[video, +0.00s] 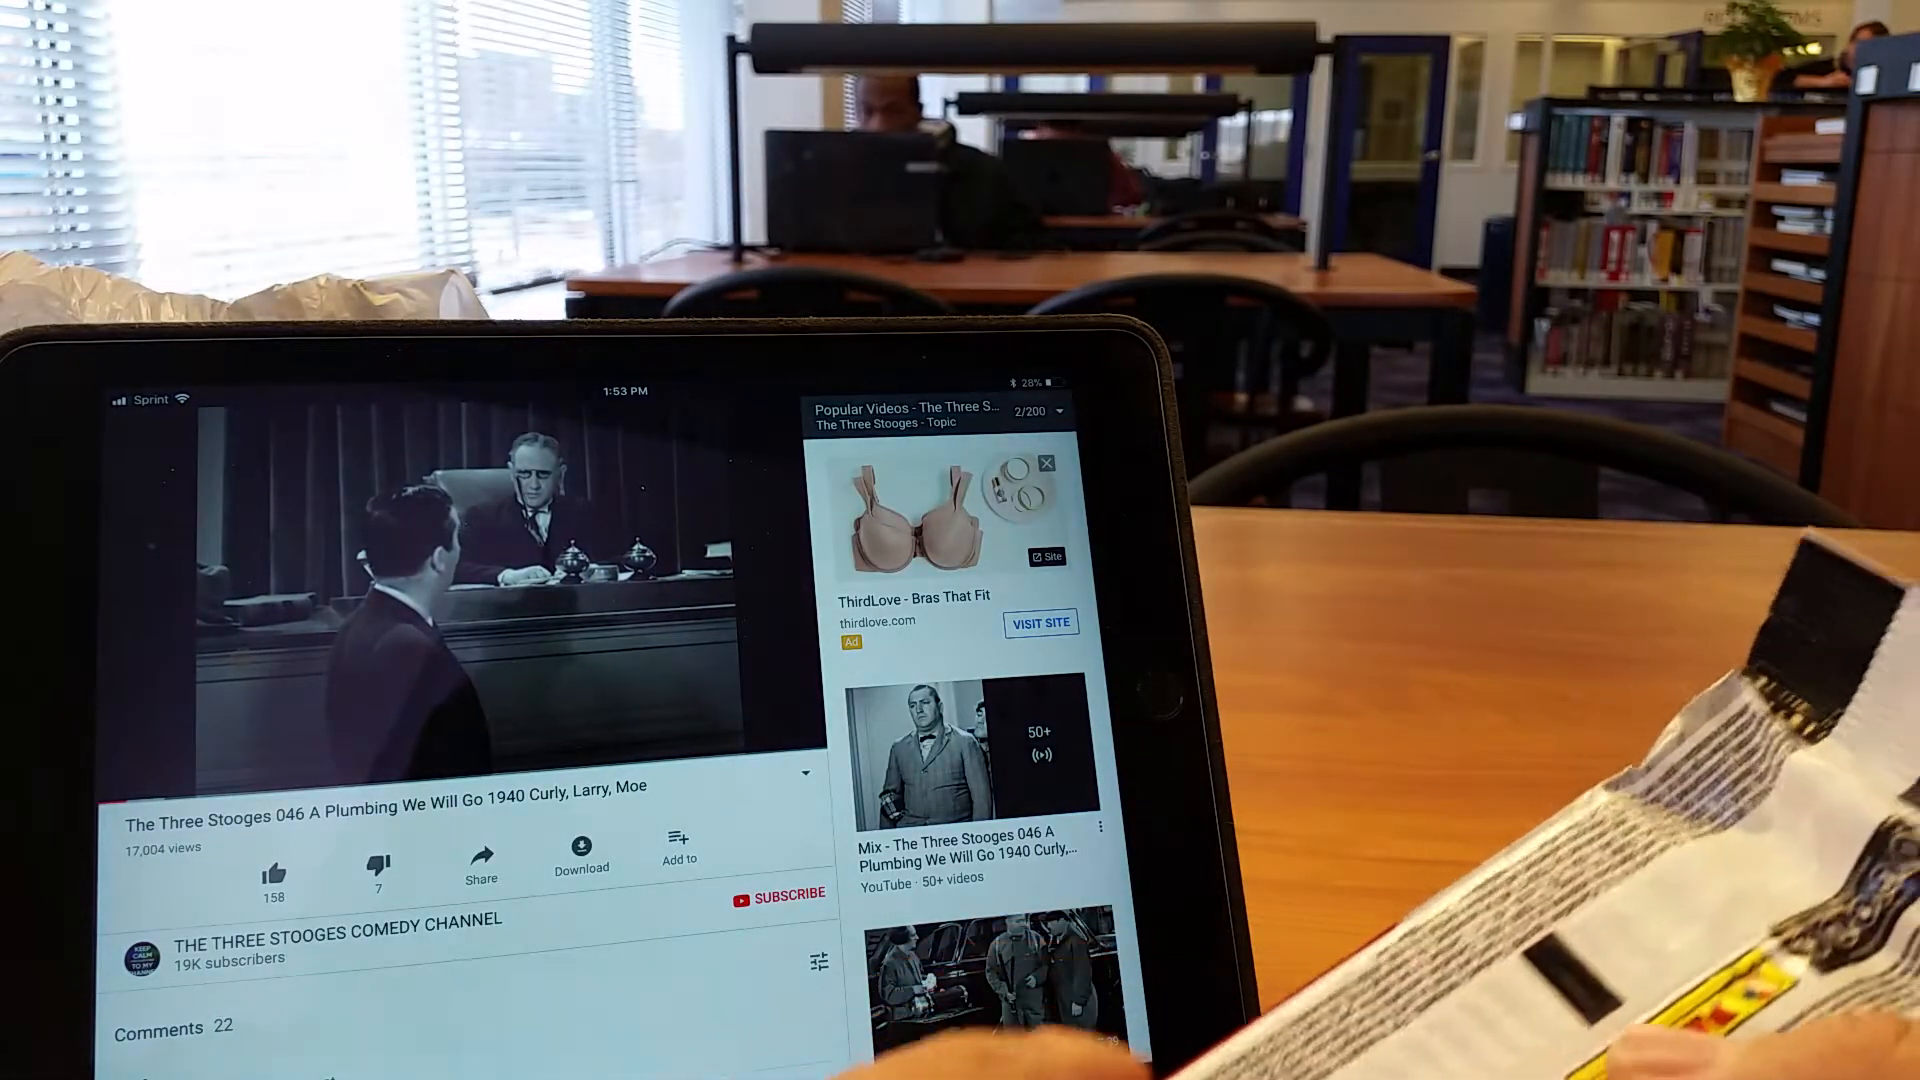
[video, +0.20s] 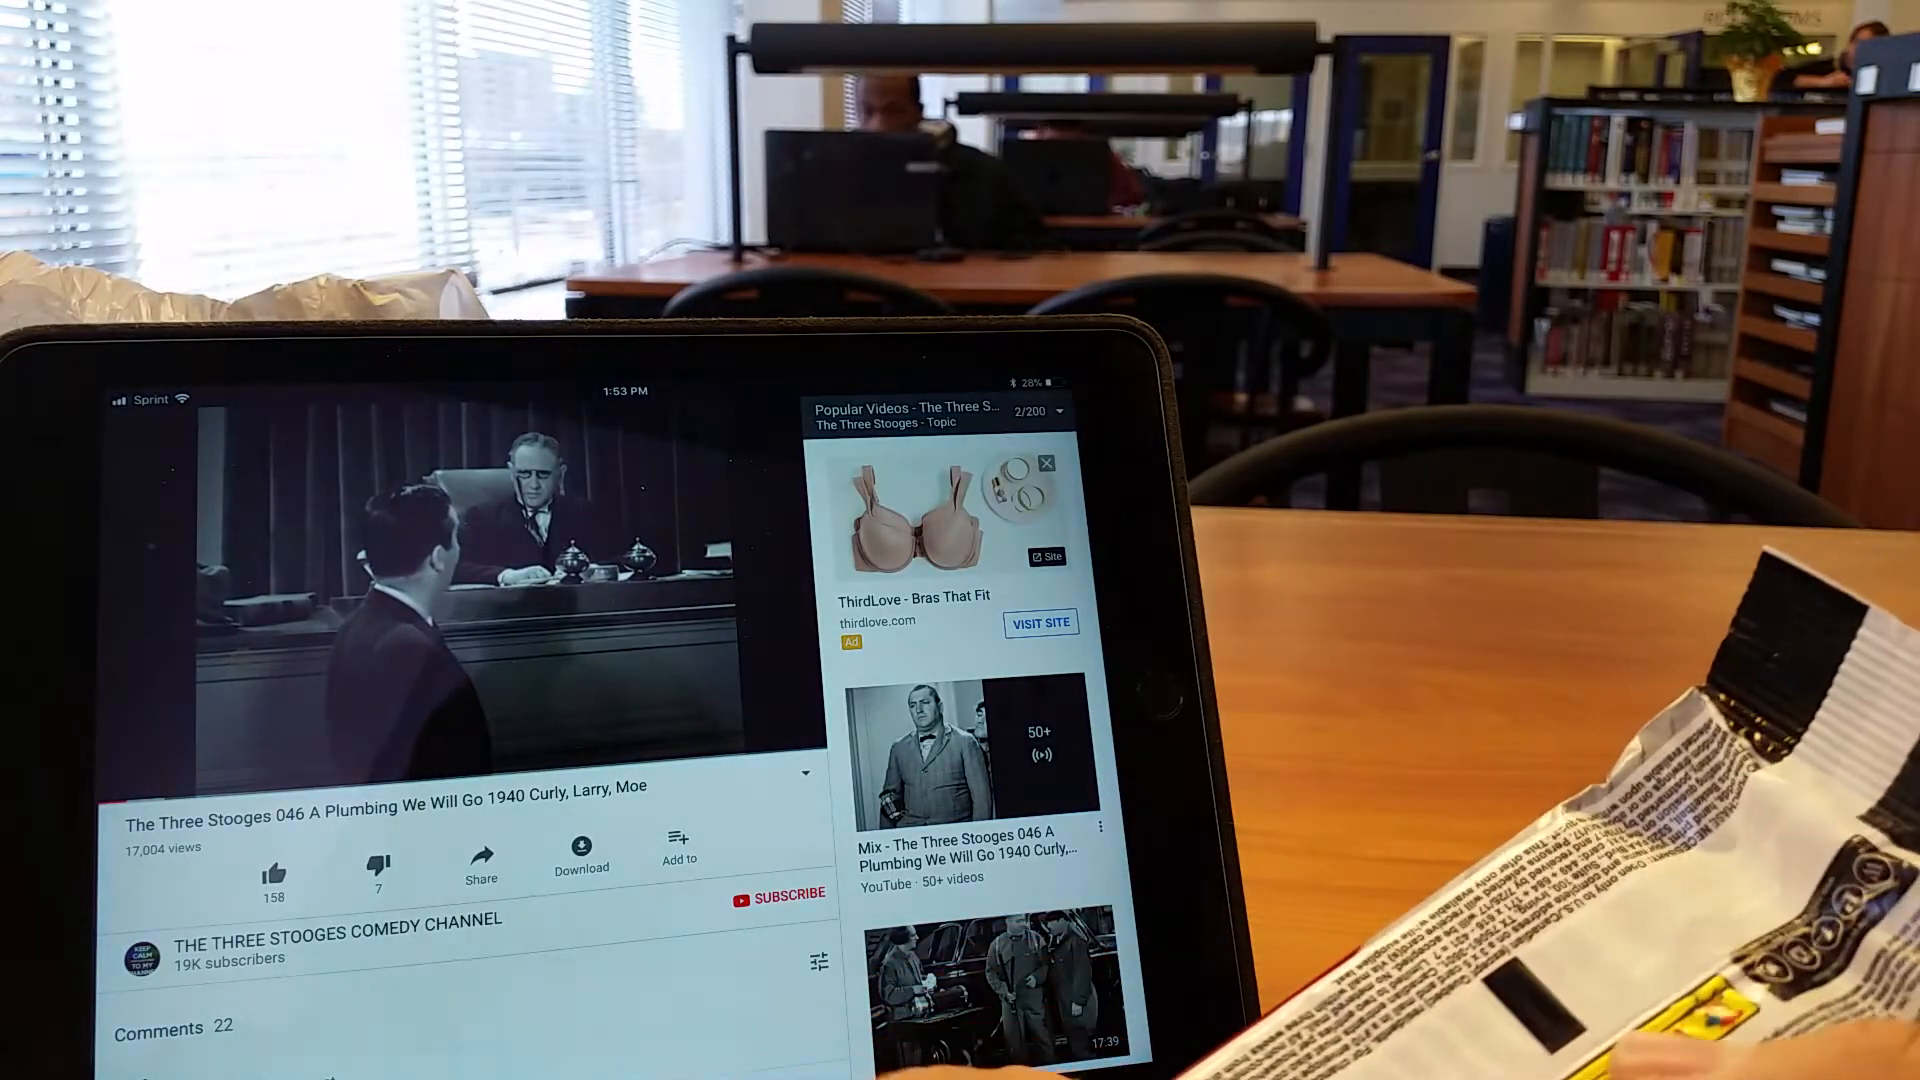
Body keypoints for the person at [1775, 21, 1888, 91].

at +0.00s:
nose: (1859, 51)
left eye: (1866, 46)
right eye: (1857, 43)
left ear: (1879, 51)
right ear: (1849, 44)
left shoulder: (1884, 78)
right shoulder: (1828, 68)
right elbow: (1780, 81)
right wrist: (1825, 82)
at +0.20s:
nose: (1859, 50)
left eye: (1867, 46)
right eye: (1857, 43)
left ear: (1880, 50)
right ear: (1849, 44)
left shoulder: (1884, 78)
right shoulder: (1828, 68)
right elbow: (1780, 80)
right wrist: (1825, 82)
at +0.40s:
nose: (1859, 50)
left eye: (1866, 45)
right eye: (1857, 43)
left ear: (1879, 50)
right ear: (1849, 44)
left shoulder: (1884, 77)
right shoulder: (1829, 68)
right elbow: (1780, 80)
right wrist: (1825, 82)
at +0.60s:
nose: (1860, 50)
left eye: (1868, 46)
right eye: (1857, 43)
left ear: (1880, 50)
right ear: (1849, 44)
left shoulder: (1885, 77)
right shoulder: (1829, 68)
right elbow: (1780, 80)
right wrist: (1825, 82)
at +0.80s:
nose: (1860, 50)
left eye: (1868, 46)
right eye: (1858, 43)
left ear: (1880, 50)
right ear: (1849, 44)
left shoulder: (1884, 77)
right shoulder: (1829, 68)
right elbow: (1780, 80)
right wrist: (1825, 82)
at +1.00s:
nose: (1860, 50)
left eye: (1868, 46)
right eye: (1858, 43)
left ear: (1880, 50)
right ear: (1849, 44)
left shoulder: (1884, 77)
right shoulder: (1828, 68)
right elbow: (1780, 80)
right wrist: (1825, 82)